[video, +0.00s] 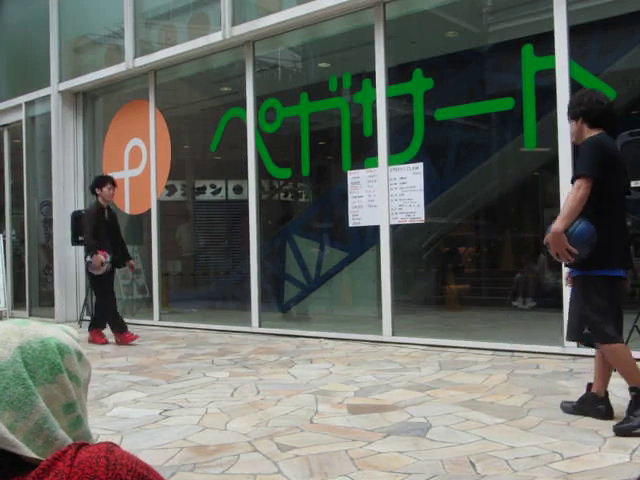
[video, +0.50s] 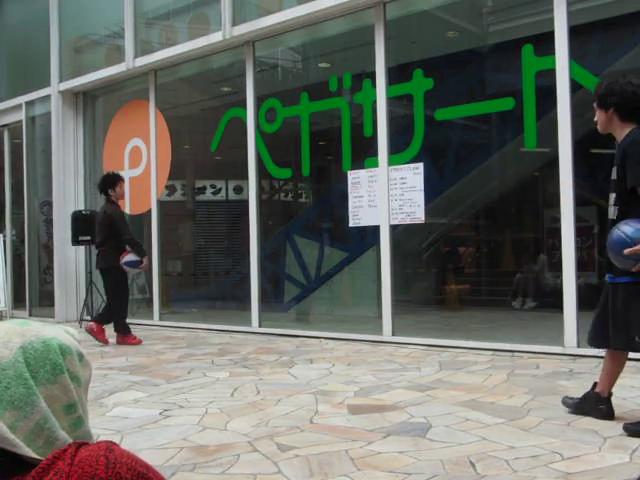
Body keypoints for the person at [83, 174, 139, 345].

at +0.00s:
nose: (112, 192)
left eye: (113, 189)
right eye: (108, 189)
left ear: (114, 191)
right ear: (98, 191)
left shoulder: (110, 213)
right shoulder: (91, 213)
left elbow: (117, 238)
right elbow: (88, 237)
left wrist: (127, 258)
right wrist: (93, 254)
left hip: (110, 260)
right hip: (96, 261)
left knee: (104, 296)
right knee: (106, 296)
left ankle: (95, 329)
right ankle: (120, 331)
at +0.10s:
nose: (115, 192)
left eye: (115, 189)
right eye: (111, 189)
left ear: (114, 191)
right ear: (101, 192)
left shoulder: (111, 212)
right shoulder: (95, 212)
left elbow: (117, 238)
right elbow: (95, 237)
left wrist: (126, 258)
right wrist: (106, 253)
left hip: (110, 259)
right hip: (98, 259)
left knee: (106, 296)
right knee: (110, 296)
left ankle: (96, 329)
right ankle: (121, 331)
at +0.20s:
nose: (118, 192)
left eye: (118, 188)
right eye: (115, 188)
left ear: (108, 191)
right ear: (105, 192)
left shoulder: (110, 210)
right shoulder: (104, 211)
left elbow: (115, 236)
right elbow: (107, 237)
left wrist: (122, 254)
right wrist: (119, 254)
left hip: (108, 256)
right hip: (103, 257)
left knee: (109, 294)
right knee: (112, 294)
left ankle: (96, 328)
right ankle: (122, 332)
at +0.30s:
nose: (121, 191)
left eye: (120, 187)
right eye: (118, 187)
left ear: (110, 192)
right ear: (108, 192)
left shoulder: (110, 209)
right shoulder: (107, 211)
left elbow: (114, 237)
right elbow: (114, 237)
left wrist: (128, 253)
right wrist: (131, 254)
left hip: (110, 259)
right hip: (107, 260)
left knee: (113, 296)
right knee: (114, 297)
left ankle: (97, 327)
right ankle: (122, 333)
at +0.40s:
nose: (123, 190)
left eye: (122, 186)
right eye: (120, 187)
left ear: (111, 192)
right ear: (110, 191)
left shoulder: (109, 209)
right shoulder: (112, 211)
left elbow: (118, 237)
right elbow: (122, 236)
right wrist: (138, 253)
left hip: (107, 259)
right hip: (110, 260)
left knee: (115, 297)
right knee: (117, 297)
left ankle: (96, 325)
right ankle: (123, 333)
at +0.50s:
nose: (124, 190)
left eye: (123, 186)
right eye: (121, 187)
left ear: (111, 192)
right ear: (111, 191)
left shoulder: (106, 209)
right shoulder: (113, 210)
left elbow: (110, 237)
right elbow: (126, 235)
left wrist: (123, 253)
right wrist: (142, 254)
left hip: (108, 259)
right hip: (112, 260)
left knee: (117, 295)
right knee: (119, 295)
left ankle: (97, 323)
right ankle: (123, 333)